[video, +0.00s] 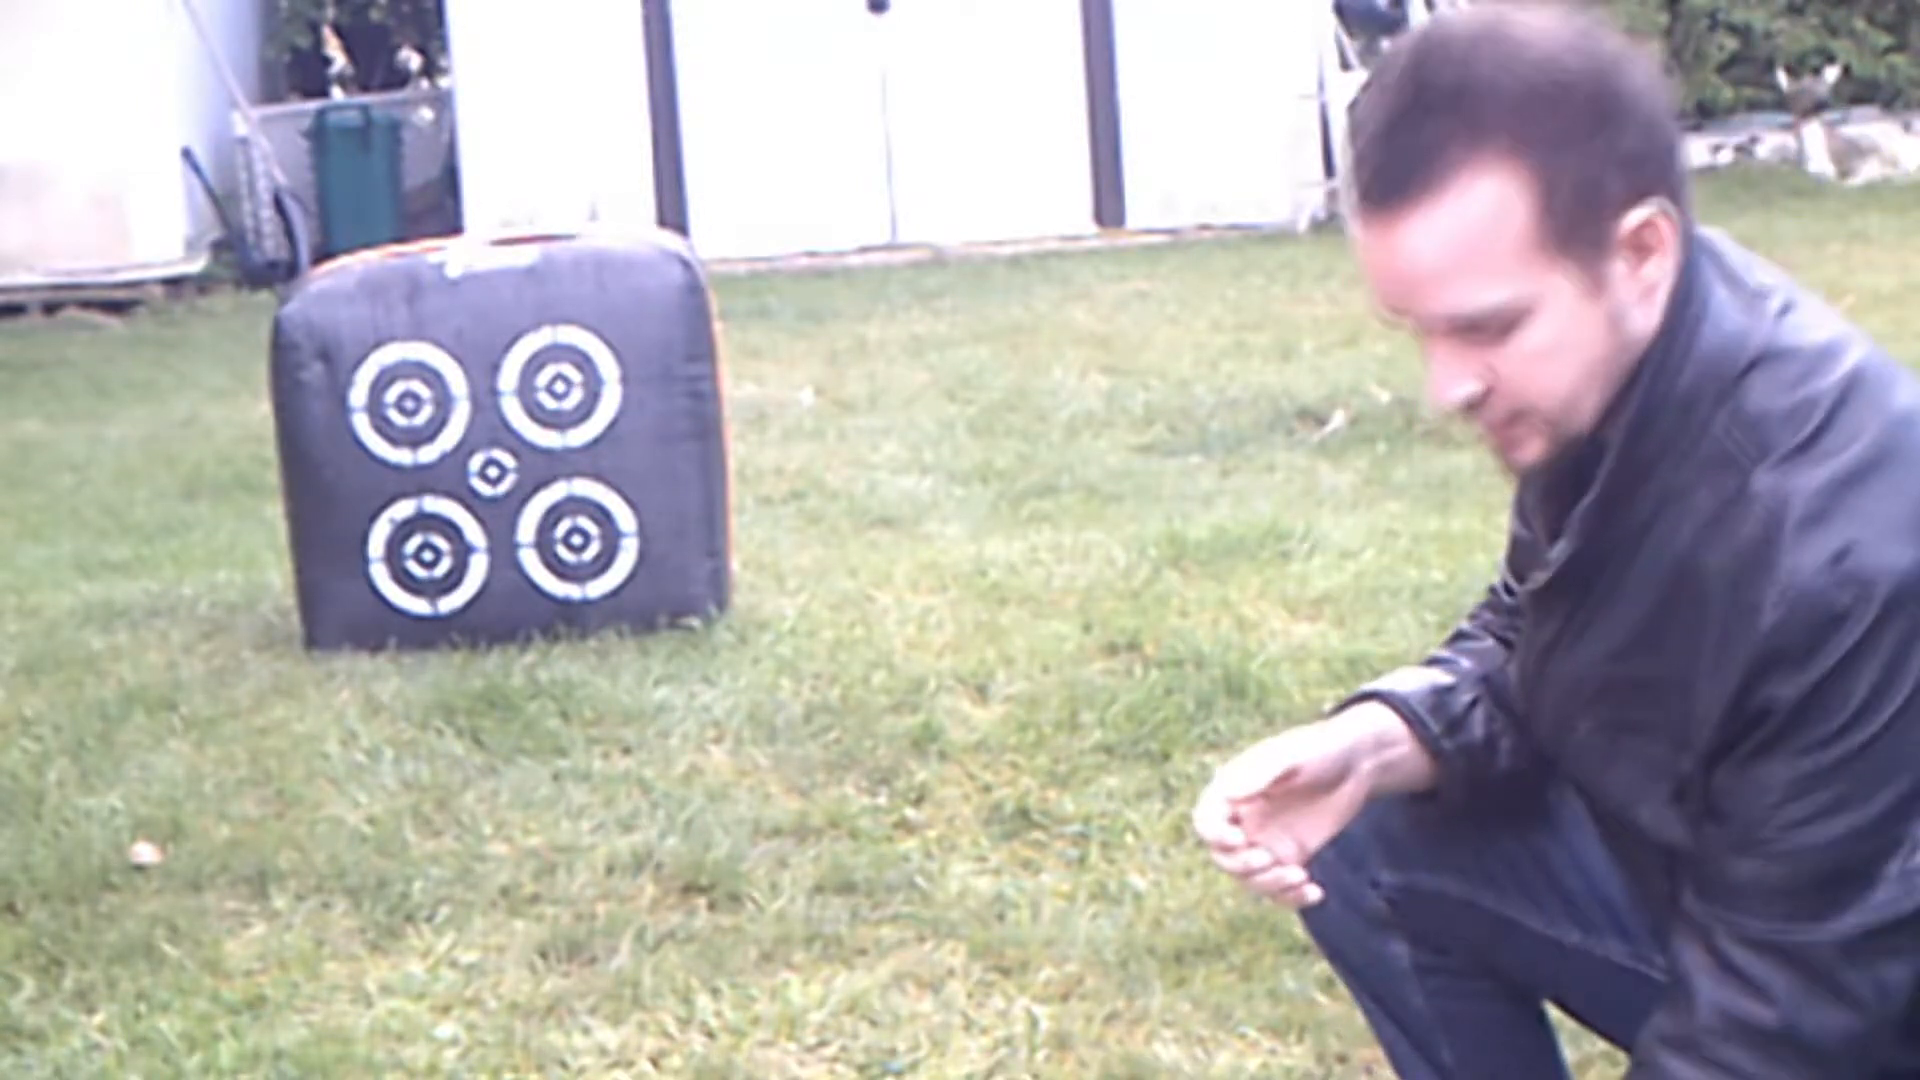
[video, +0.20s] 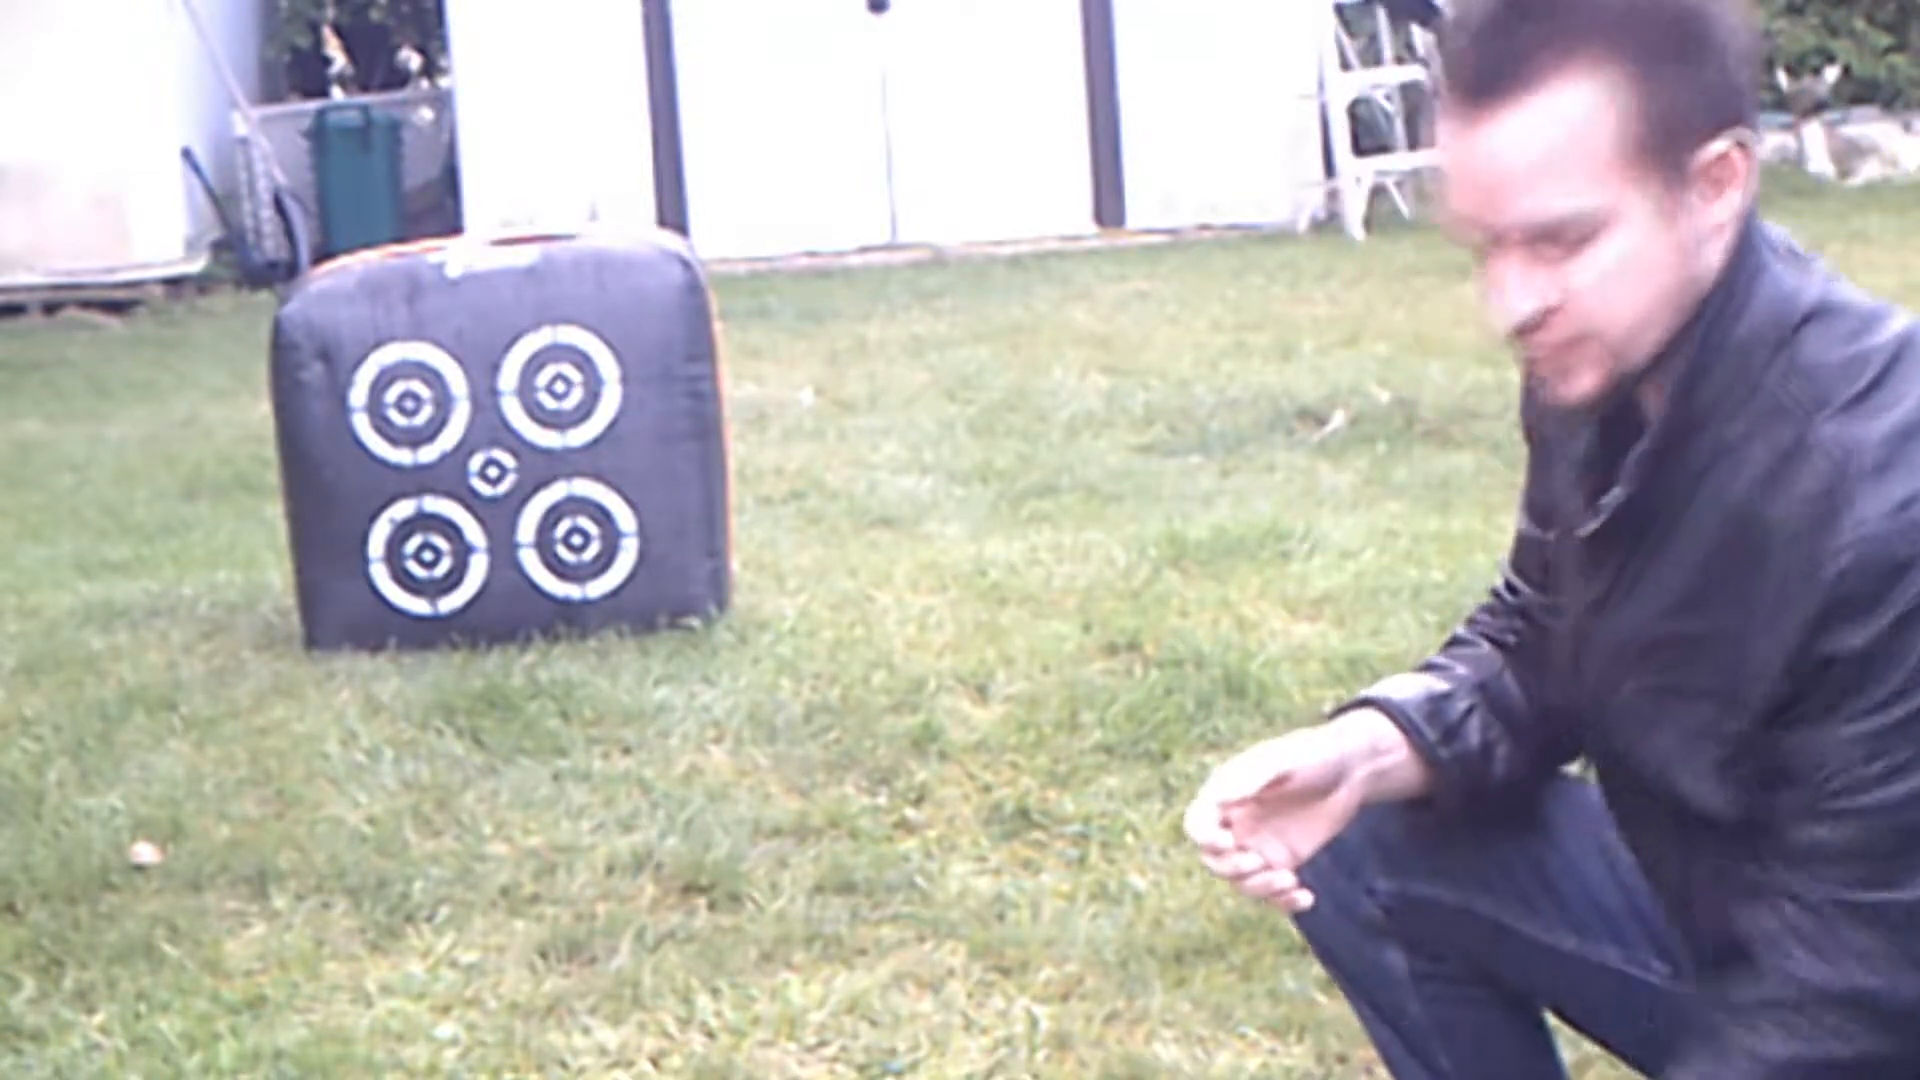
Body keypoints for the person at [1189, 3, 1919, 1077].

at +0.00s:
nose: (1447, 390)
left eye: (1489, 330)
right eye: (1420, 334)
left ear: (1643, 256)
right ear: (1391, 289)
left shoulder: (1850, 556)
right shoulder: (1622, 379)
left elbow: (1790, 1013)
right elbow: (1536, 634)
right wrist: (1373, 747)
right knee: (1362, 850)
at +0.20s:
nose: (1511, 306)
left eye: (1564, 241)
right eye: (1485, 249)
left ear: (1718, 190)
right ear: (1460, 213)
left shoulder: (1886, 468)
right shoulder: (1592, 365)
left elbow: (1853, 987)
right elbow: (1539, 639)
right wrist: (1370, 752)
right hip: (1690, 905)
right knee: (1358, 852)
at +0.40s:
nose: (1620, 213)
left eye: (1676, 144)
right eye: (1574, 156)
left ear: (1809, 123)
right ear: (1540, 149)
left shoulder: (1900, 387)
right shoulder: (1593, 342)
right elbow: (1542, 642)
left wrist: (1689, 1038)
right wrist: (1377, 758)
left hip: (1877, 973)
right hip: (1706, 900)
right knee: (1344, 843)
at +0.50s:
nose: (1658, 188)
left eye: (1715, 119)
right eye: (1611, 130)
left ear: (1838, 108)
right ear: (1573, 135)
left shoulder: (1901, 368)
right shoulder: (1607, 335)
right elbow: (1542, 630)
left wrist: (1732, 878)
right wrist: (1373, 760)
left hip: (1886, 1028)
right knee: (1391, 909)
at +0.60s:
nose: (1686, 182)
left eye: (1743, 110)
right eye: (1636, 122)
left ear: (1860, 100)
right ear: (1595, 131)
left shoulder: (1901, 362)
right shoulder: (1619, 337)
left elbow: (1895, 782)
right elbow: (1544, 663)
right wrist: (1390, 777)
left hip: (1882, 1035)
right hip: (1751, 942)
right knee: (1362, 868)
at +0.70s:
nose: (1701, 173)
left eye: (1759, 101)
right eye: (1650, 115)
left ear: (1874, 91)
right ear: (1610, 126)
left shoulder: (1902, 334)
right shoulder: (1649, 319)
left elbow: (1896, 671)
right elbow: (1556, 634)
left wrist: (1701, 494)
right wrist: (1387, 778)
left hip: (1885, 1036)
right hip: (1767, 941)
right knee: (1366, 870)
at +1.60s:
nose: (1683, 183)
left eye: (1738, 111)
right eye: (1635, 125)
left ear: (1862, 94)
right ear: (1598, 132)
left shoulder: (1905, 338)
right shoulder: (1646, 322)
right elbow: (1555, 637)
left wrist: (1712, 530)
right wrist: (1407, 781)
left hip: (1883, 1047)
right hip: (1766, 945)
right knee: (1360, 852)